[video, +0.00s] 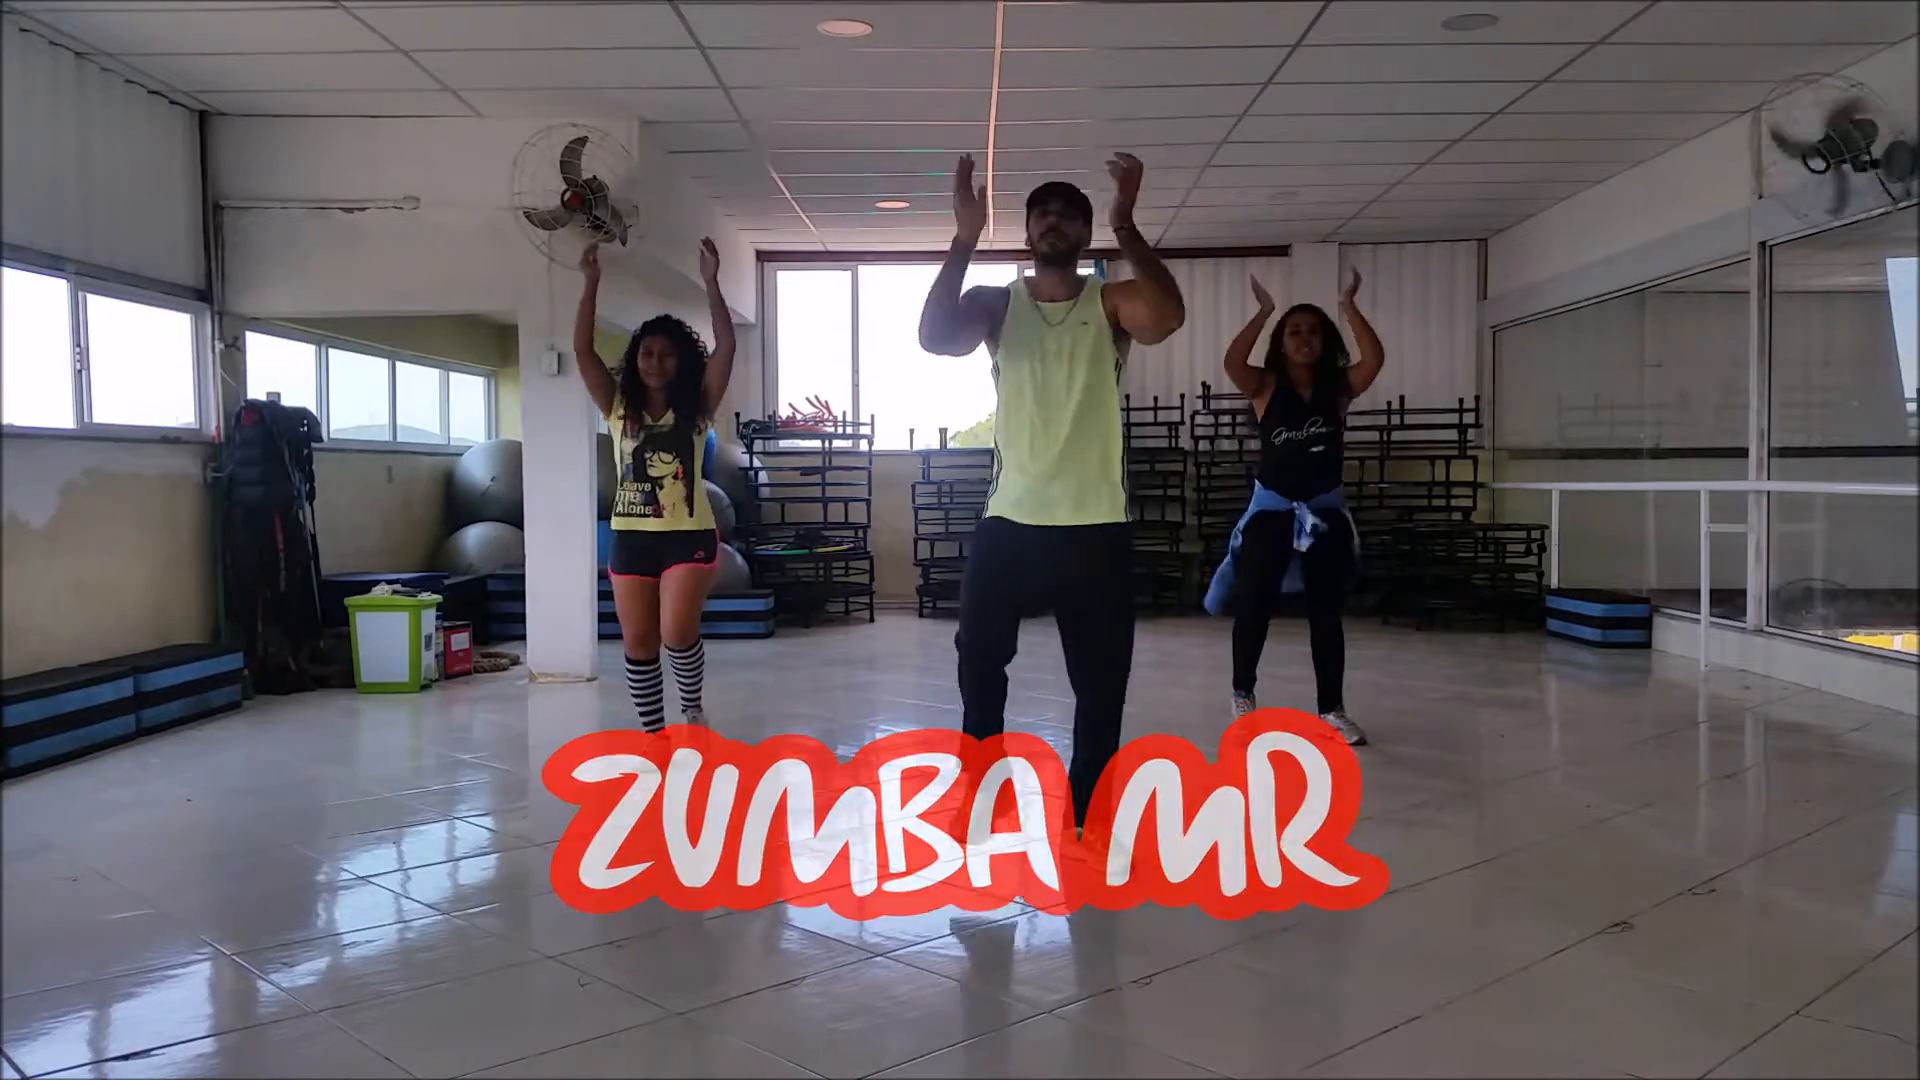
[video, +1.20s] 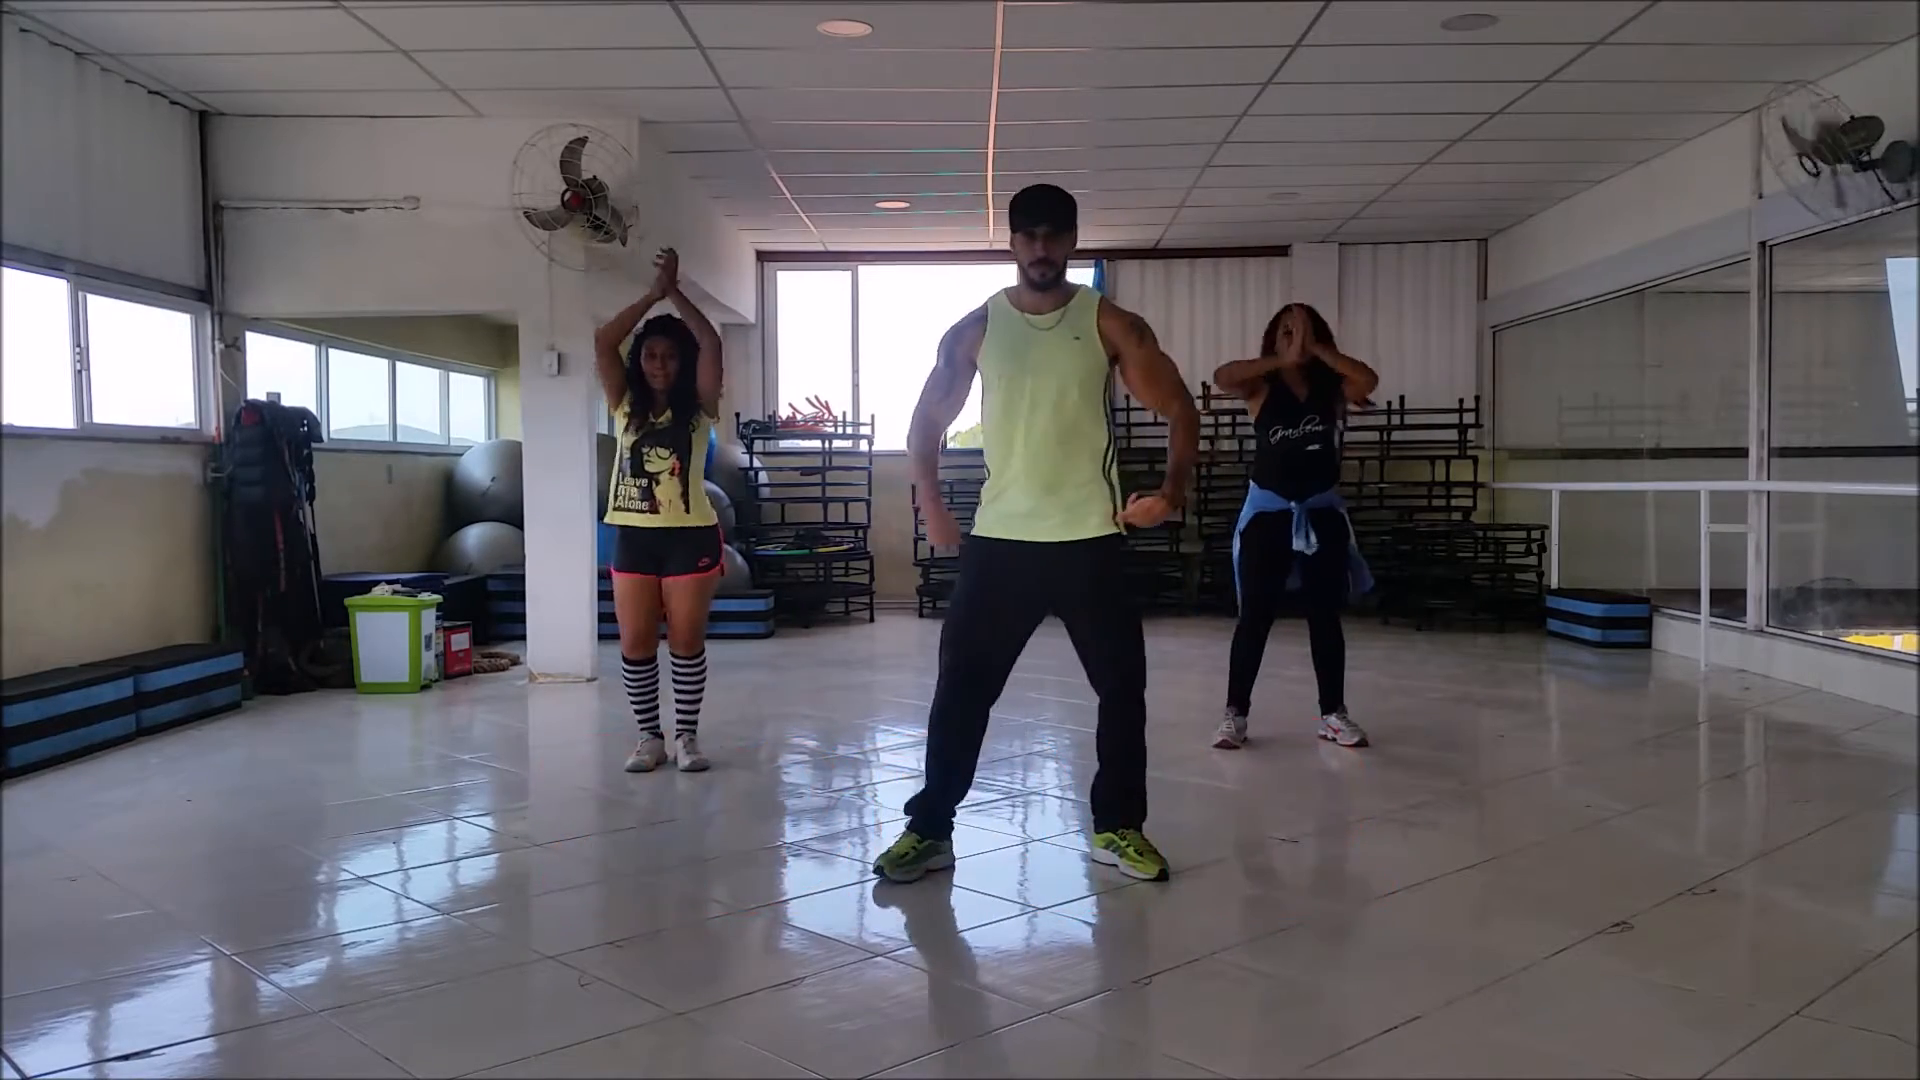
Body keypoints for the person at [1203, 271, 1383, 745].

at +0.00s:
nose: (1304, 339)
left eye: (1313, 332)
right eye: (1295, 333)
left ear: (1326, 341)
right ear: (1280, 342)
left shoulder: (1337, 388)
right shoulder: (1264, 386)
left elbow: (1373, 357)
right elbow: (1233, 363)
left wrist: (1349, 306)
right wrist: (1263, 314)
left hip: (1326, 516)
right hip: (1270, 515)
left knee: (1327, 614)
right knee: (1254, 605)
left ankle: (1332, 712)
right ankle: (1243, 698)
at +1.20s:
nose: (1293, 340)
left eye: (1301, 332)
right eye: (1285, 333)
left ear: (1316, 340)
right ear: (1274, 339)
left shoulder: (1334, 384)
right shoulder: (1259, 383)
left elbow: (1368, 381)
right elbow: (1222, 376)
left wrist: (1322, 350)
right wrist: (1282, 361)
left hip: (1322, 513)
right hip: (1266, 513)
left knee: (1326, 615)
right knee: (1255, 615)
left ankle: (1333, 716)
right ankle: (1235, 717)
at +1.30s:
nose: (1286, 338)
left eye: (1295, 331)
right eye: (1277, 332)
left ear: (1309, 342)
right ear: (1262, 343)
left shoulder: (1326, 390)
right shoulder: (1248, 387)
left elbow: (1375, 413)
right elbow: (1201, 402)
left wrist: (1327, 383)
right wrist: (1265, 390)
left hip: (1315, 515)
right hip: (1258, 515)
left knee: (1327, 614)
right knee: (1249, 615)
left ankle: (1335, 713)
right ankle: (1234, 715)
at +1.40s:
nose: (1278, 337)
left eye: (1287, 331)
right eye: (1269, 331)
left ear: (1300, 342)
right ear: (1254, 342)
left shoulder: (1317, 390)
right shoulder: (1239, 388)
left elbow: (1368, 434)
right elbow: (1191, 427)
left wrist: (1336, 428)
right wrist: (1239, 436)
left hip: (1309, 513)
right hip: (1252, 514)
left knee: (1343, 598)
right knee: (1245, 611)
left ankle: (1347, 705)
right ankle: (1234, 715)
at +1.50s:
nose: (1279, 335)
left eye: (1287, 329)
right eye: (1269, 329)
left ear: (1300, 339)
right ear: (1254, 339)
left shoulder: (1315, 390)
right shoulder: (1235, 387)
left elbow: (1350, 438)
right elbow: (1195, 444)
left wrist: (1362, 460)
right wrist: (1220, 476)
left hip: (1308, 511)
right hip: (1251, 512)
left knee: (1348, 598)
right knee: (1245, 611)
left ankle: (1365, 700)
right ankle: (1234, 715)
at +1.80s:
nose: (1298, 347)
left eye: (1306, 341)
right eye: (1288, 341)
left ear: (1319, 351)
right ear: (1273, 351)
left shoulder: (1339, 401)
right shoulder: (1255, 405)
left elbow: (1363, 467)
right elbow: (1233, 473)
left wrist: (1387, 528)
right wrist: (1221, 533)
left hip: (1332, 524)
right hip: (1274, 526)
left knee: (1363, 616)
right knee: (1260, 616)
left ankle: (1381, 716)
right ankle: (1225, 713)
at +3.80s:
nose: (1300, 362)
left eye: (1309, 355)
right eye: (1291, 355)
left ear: (1321, 364)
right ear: (1276, 364)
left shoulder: (1343, 415)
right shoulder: (1259, 418)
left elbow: (1359, 486)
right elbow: (1233, 488)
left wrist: (1368, 548)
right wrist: (1216, 552)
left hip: (1330, 534)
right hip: (1274, 533)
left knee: (1375, 618)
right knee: (1251, 621)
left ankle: (1383, 717)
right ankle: (1221, 716)